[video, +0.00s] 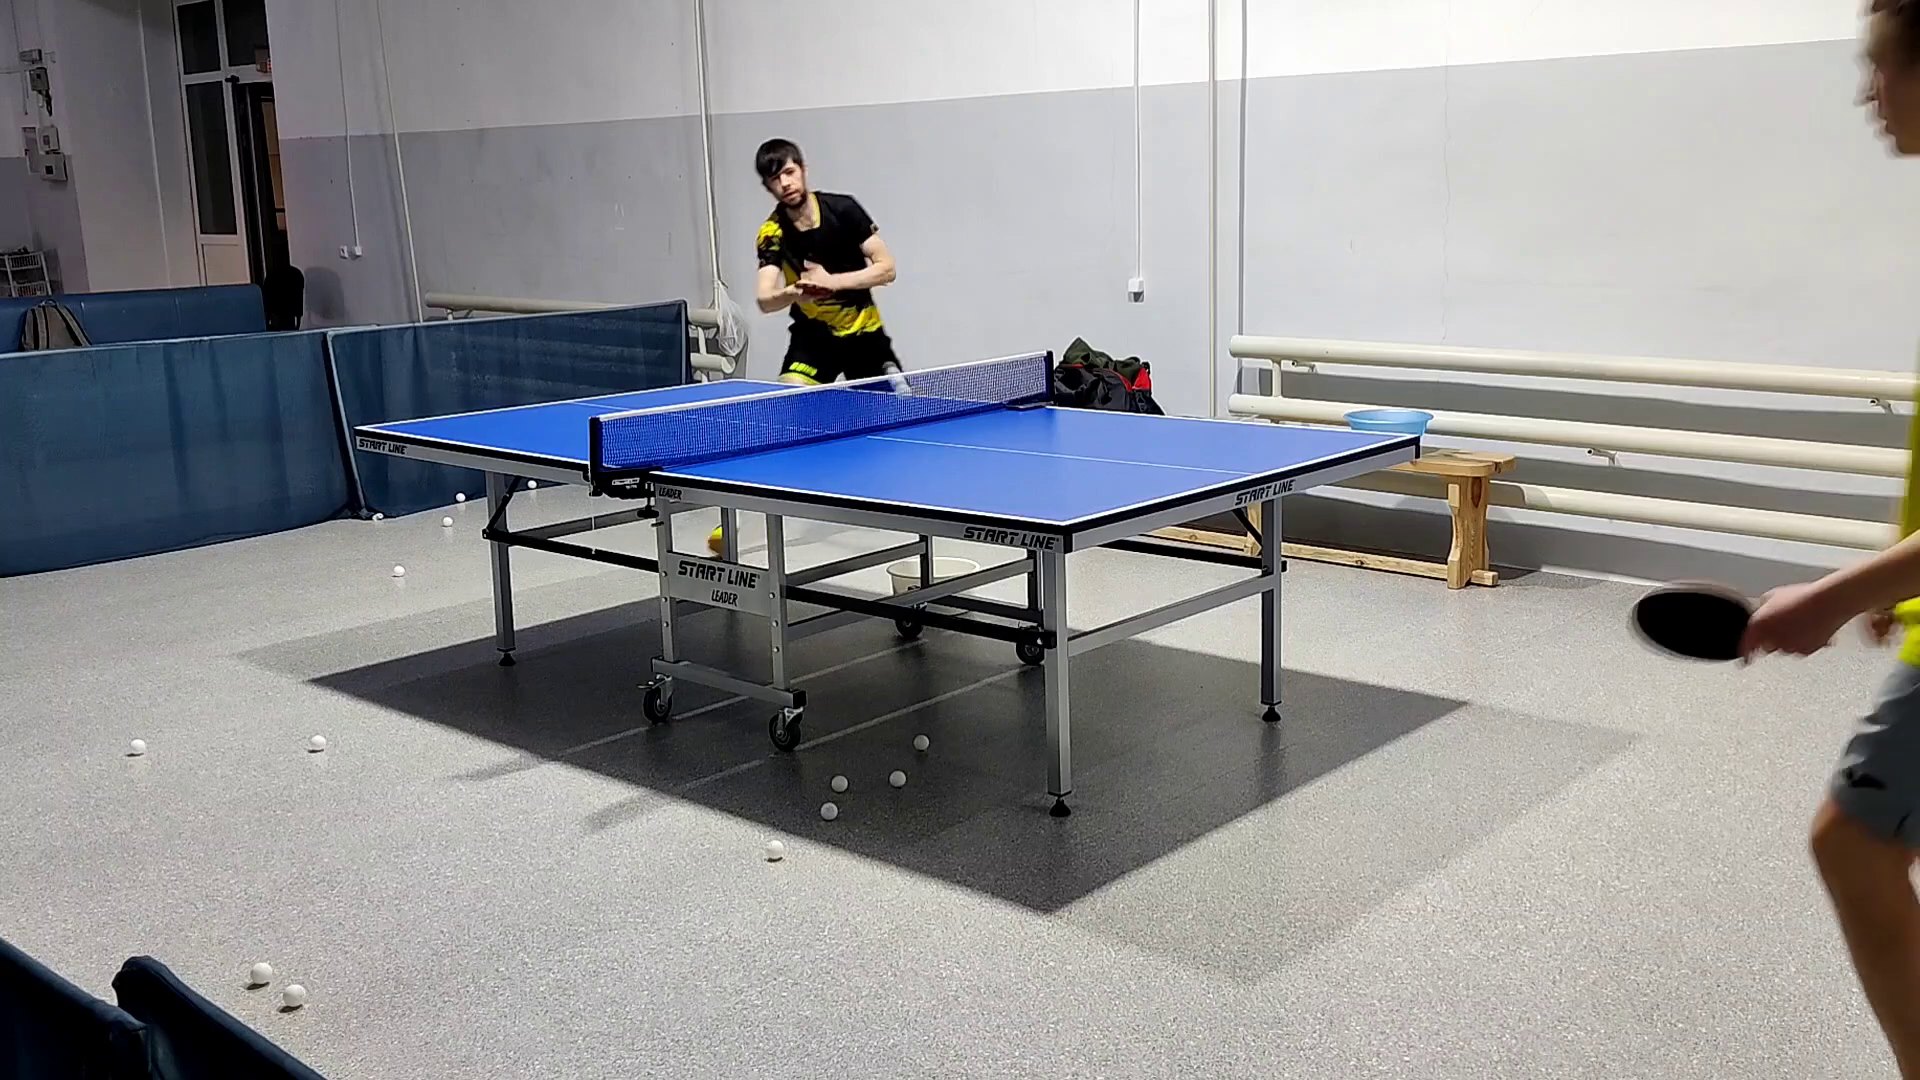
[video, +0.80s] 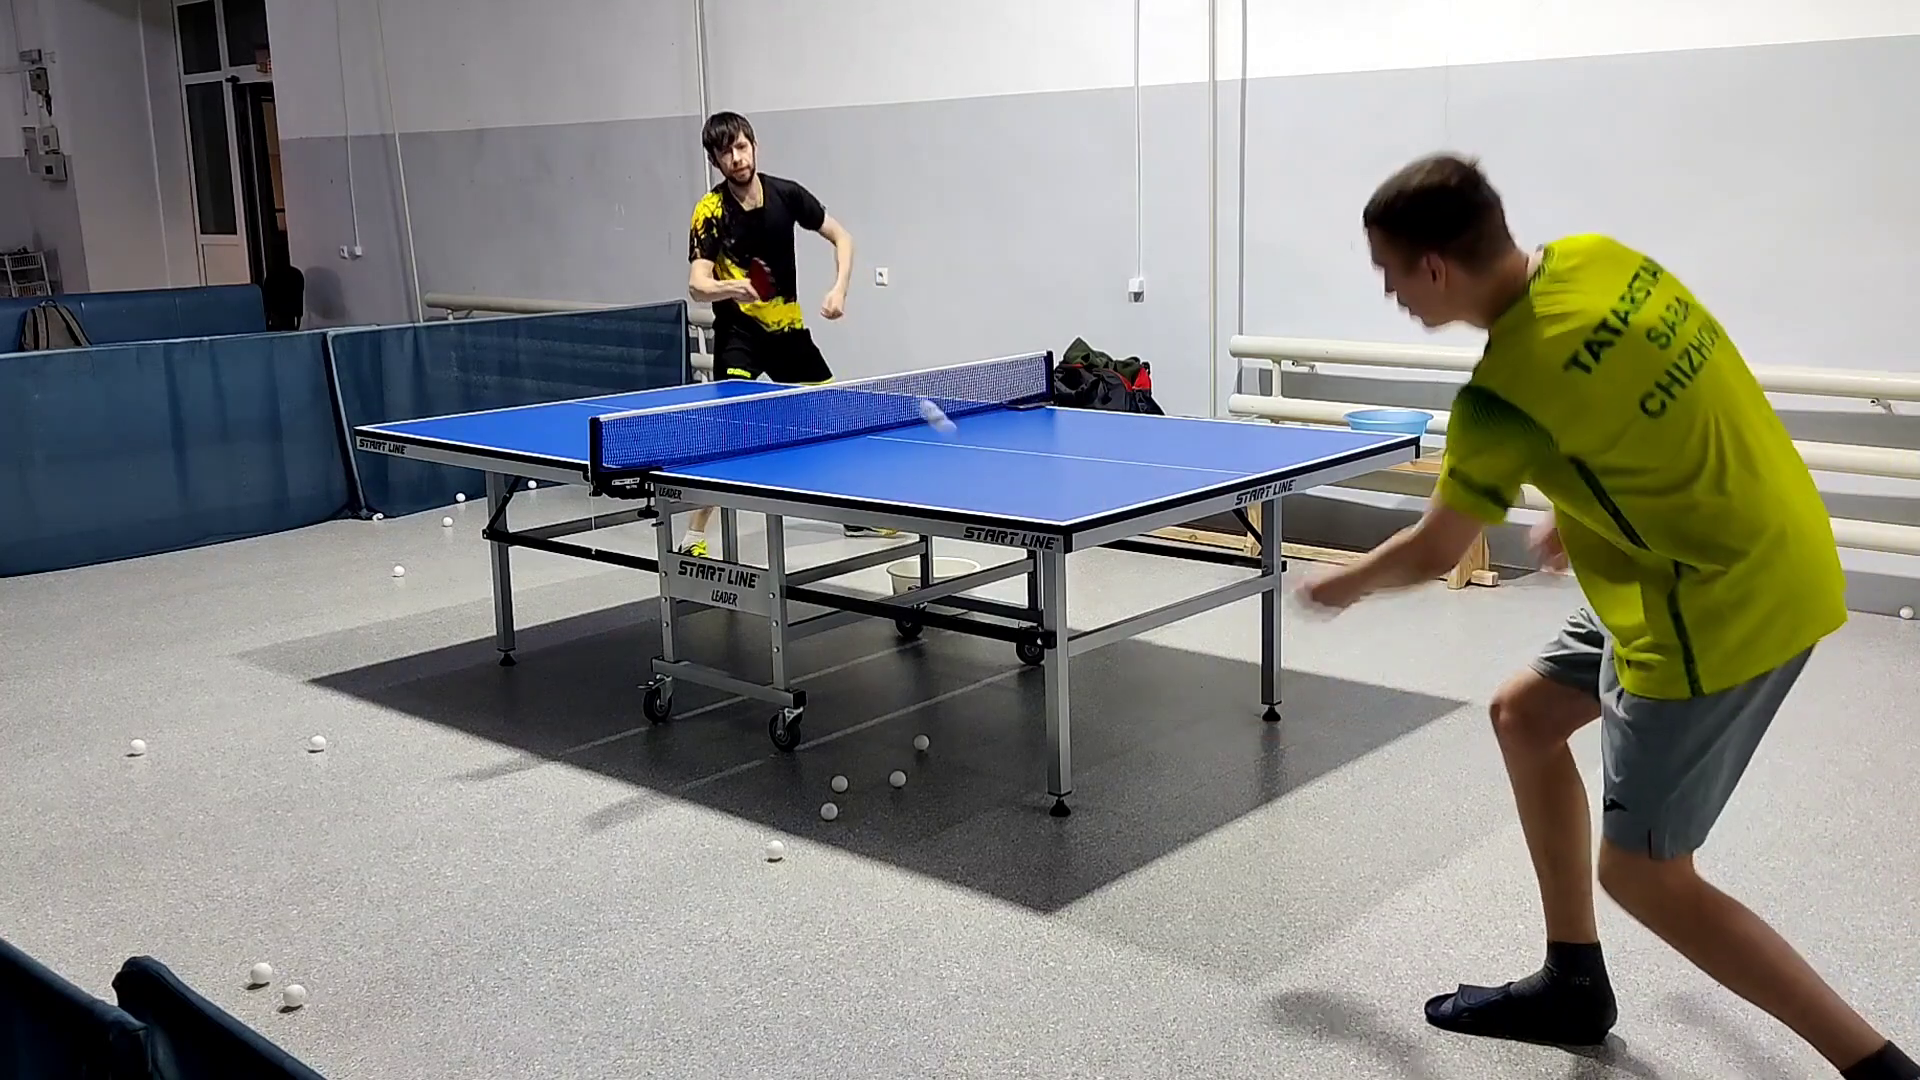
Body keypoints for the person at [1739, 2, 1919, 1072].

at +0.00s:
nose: (1869, 87)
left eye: (1884, 60)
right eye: (1871, 61)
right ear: (1905, 69)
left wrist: (1844, 592)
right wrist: (1896, 579)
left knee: (1855, 842)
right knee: (1868, 842)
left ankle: (1913, 1058)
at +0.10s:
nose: (1804, 127)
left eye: (1811, 102)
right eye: (1801, 104)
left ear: (1878, 96)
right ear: (1874, 101)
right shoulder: (1901, 211)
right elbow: (1874, 385)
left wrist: (1805, 620)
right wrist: (1817, 543)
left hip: (1919, 623)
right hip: (1876, 601)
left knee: (1829, 853)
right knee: (1783, 787)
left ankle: (1908, 1064)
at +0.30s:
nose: (1634, 148)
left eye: (1647, 125)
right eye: (1632, 125)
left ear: (1714, 114)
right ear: (1712, 115)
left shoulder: (1851, 239)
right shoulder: (1752, 203)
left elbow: (1865, 494)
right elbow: (1729, 364)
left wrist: (1702, 619)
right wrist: (1685, 529)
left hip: (1874, 617)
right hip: (1790, 591)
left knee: (1816, 848)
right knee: (1656, 733)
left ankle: (1911, 1069)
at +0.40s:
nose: (1549, 194)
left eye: (1559, 171)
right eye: (1545, 172)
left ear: (1622, 157)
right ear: (1623, 157)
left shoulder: (1765, 272)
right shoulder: (1667, 242)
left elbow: (1764, 518)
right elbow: (1643, 385)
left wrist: (1611, 626)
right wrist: (1631, 535)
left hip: (1845, 594)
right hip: (1751, 575)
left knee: (1772, 850)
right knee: (1597, 729)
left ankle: (1906, 1067)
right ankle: (1580, 986)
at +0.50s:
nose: (1472, 256)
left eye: (1478, 233)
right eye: (1468, 234)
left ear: (1541, 219)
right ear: (1544, 215)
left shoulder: (1678, 315)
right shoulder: (1607, 276)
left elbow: (1644, 557)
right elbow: (1581, 415)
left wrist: (1482, 651)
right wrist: (1567, 554)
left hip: (1783, 593)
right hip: (1697, 569)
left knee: (1697, 864)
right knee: (1546, 726)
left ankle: (1890, 1067)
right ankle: (1575, 984)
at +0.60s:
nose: (1419, 302)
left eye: (1422, 280)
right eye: (1413, 282)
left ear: (1482, 266)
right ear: (1501, 249)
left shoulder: (1579, 384)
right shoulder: (1612, 262)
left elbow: (1500, 599)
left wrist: (1331, 689)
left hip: (1746, 613)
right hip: (1684, 572)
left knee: (1648, 870)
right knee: (1526, 720)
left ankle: (1881, 1066)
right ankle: (1574, 983)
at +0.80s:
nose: (1393, 293)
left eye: (1390, 273)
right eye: (1385, 274)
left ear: (1434, 266)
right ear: (1493, 234)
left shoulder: (1503, 386)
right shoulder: (1596, 257)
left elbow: (1441, 543)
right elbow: (1669, 402)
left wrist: (1352, 577)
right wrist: (1583, 510)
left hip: (1715, 615)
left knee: (1638, 871)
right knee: (1524, 714)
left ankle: (1879, 1065)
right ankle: (1572, 982)